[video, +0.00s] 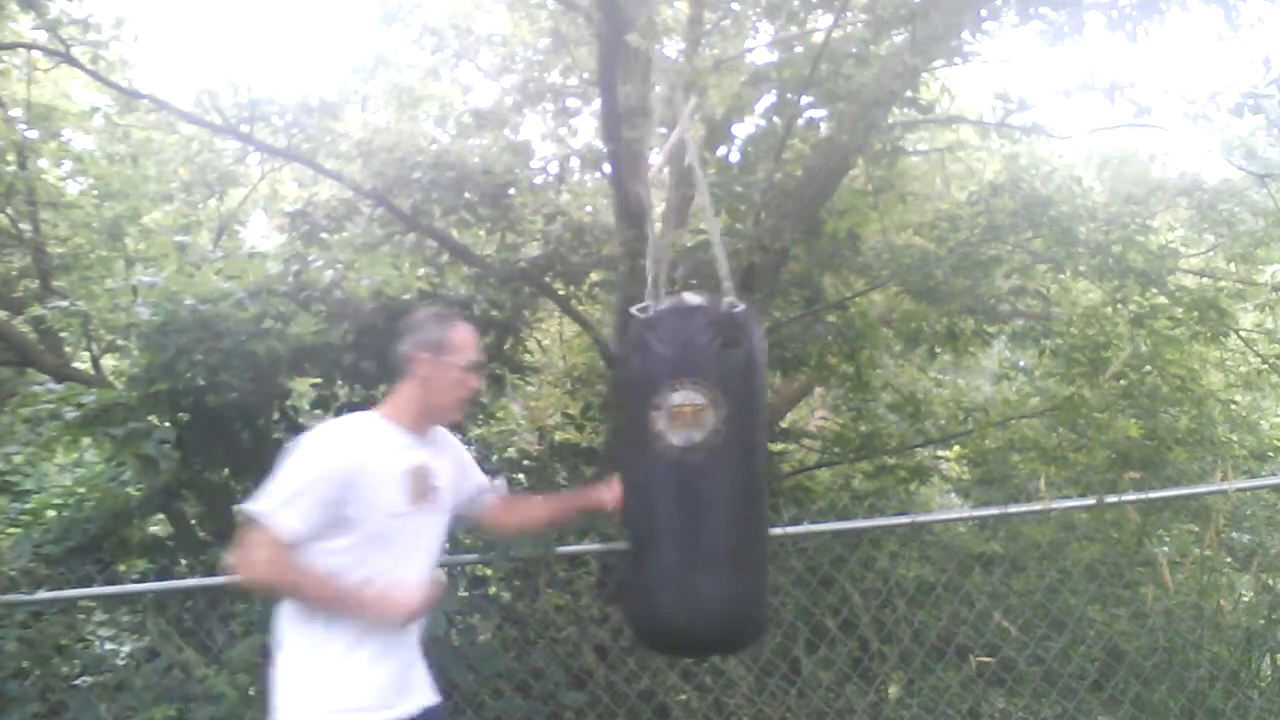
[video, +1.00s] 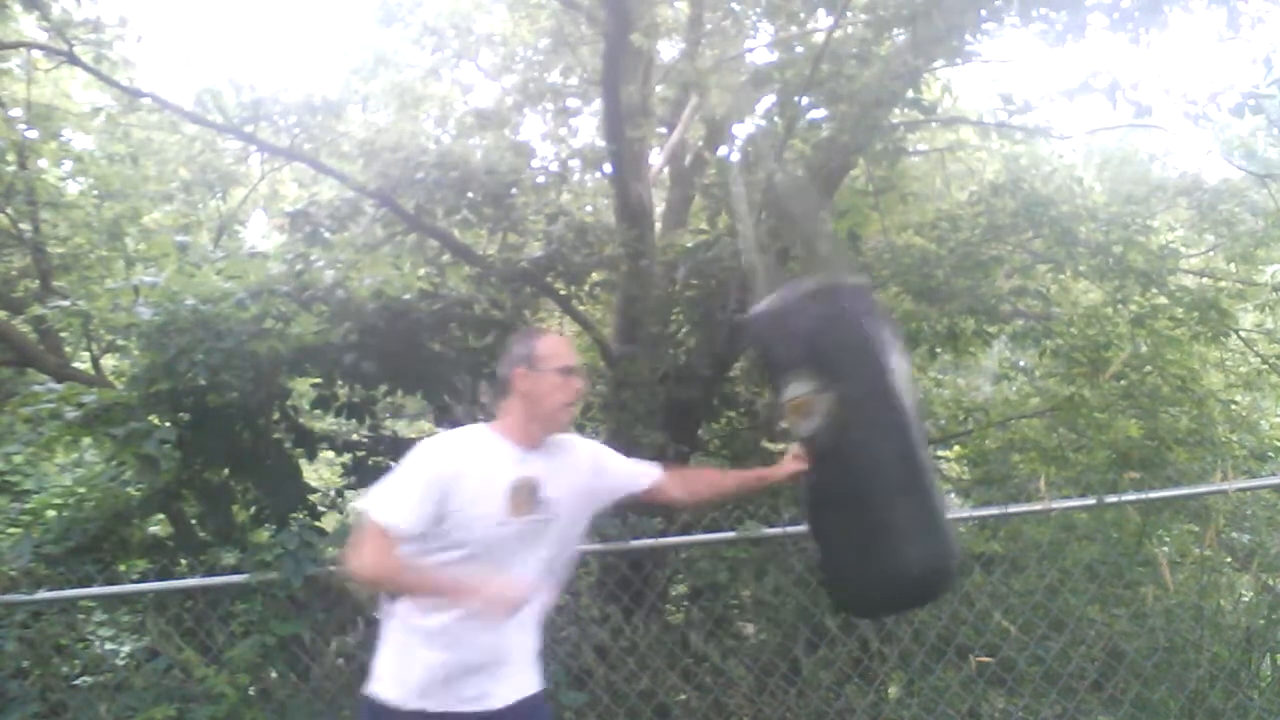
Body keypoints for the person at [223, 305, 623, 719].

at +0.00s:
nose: (479, 385)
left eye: (480, 370)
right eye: (470, 369)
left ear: (432, 367)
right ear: (422, 364)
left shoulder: (446, 453)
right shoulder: (331, 449)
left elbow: (500, 512)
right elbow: (253, 559)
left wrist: (593, 499)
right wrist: (374, 600)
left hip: (405, 696)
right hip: (325, 701)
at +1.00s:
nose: (578, 386)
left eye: (579, 374)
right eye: (563, 373)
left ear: (575, 385)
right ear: (519, 380)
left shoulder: (583, 461)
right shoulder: (442, 457)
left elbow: (677, 485)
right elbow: (363, 558)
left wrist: (775, 473)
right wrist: (473, 589)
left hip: (510, 696)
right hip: (409, 697)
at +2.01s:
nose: (634, 376)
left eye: (634, 364)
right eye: (627, 362)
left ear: (594, 359)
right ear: (591, 357)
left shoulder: (577, 441)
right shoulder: (538, 422)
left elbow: (645, 517)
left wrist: (743, 502)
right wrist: (652, 479)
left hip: (569, 693)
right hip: (526, 694)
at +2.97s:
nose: (559, 357)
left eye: (558, 343)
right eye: (550, 342)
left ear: (512, 344)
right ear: (512, 343)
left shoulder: (493, 414)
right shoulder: (494, 411)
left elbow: (561, 484)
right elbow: (557, 486)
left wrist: (632, 435)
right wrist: (692, 524)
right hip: (540, 682)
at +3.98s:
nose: (659, 361)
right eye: (661, 352)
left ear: (582, 343)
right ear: (650, 354)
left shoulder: (503, 410)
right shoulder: (629, 405)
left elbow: (431, 543)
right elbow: (715, 524)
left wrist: (521, 554)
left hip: (469, 679)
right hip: (554, 682)